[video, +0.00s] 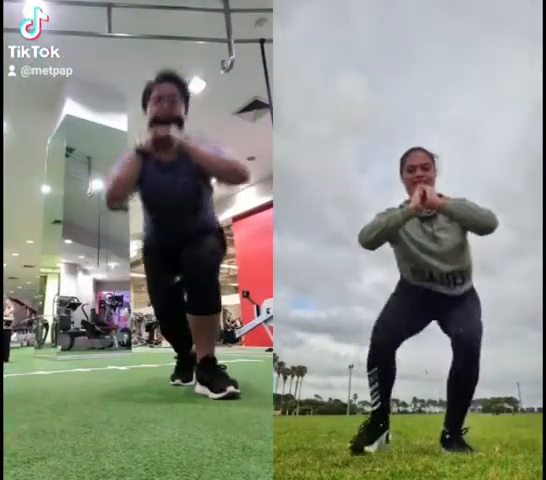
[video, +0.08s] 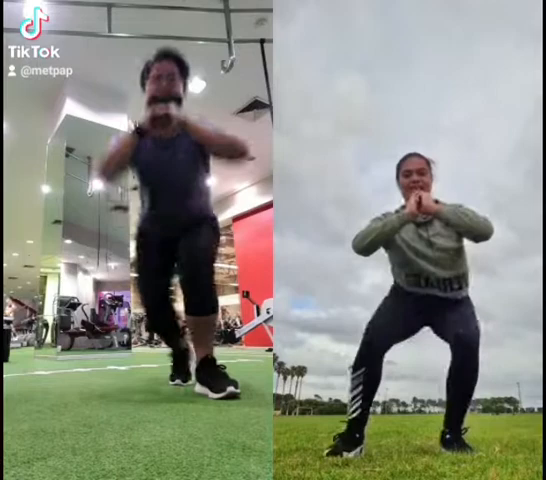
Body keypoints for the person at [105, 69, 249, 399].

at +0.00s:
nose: (164, 107)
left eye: (171, 100)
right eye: (157, 100)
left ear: (184, 109)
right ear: (146, 110)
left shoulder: (196, 148)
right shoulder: (137, 157)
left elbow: (240, 174)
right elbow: (114, 199)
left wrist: (185, 148)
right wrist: (140, 156)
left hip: (201, 236)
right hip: (159, 242)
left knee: (202, 275)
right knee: (166, 313)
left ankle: (207, 364)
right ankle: (185, 354)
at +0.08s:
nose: (163, 83)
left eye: (171, 77)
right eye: (157, 77)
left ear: (183, 87)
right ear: (145, 87)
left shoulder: (193, 131)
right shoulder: (135, 138)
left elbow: (240, 151)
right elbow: (105, 172)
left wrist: (185, 126)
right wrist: (138, 133)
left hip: (196, 223)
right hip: (155, 227)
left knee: (198, 280)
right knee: (154, 305)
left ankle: (206, 365)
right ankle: (180, 349)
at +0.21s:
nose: (153, 61)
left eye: (162, 55)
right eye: (146, 56)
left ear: (176, 64)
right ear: (137, 64)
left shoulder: (190, 107)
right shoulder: (128, 113)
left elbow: (234, 120)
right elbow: (89, 145)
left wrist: (178, 96)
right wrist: (124, 108)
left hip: (188, 210)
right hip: (144, 211)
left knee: (195, 275)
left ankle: (206, 366)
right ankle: (137, 336)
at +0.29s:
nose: (148, 58)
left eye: (157, 51)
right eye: (141, 52)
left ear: (169, 59)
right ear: (130, 60)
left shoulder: (183, 102)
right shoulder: (120, 109)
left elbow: (225, 114)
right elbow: (77, 138)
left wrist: (170, 92)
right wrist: (114, 99)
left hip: (181, 208)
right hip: (136, 208)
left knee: (194, 276)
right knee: (97, 256)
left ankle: (206, 366)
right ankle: (91, 343)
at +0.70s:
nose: (99, 47)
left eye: (108, 40)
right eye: (91, 39)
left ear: (121, 49)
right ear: (79, 46)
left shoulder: (130, 96)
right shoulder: (64, 99)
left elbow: (169, 127)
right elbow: (22, 130)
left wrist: (118, 86)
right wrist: (59, 90)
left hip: (128, 208)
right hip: (77, 209)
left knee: (167, 282)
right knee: (52, 283)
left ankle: (204, 366)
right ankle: (50, 373)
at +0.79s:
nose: (90, 36)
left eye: (100, 29)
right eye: (83, 27)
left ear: (114, 38)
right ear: (69, 33)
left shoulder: (123, 86)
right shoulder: (54, 86)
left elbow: (161, 116)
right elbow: (11, 116)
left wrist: (110, 74)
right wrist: (47, 76)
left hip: (118, 200)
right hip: (67, 202)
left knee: (154, 281)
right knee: (50, 283)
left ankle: (192, 361)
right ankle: (50, 372)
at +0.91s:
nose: (74, 30)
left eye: (83, 24)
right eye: (67, 22)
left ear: (96, 33)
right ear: (54, 27)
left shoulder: (106, 77)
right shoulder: (40, 76)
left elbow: (146, 104)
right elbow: (8, 110)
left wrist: (94, 65)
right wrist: (24, 72)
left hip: (104, 195)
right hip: (54, 194)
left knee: (124, 273)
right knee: (44, 278)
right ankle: (51, 371)